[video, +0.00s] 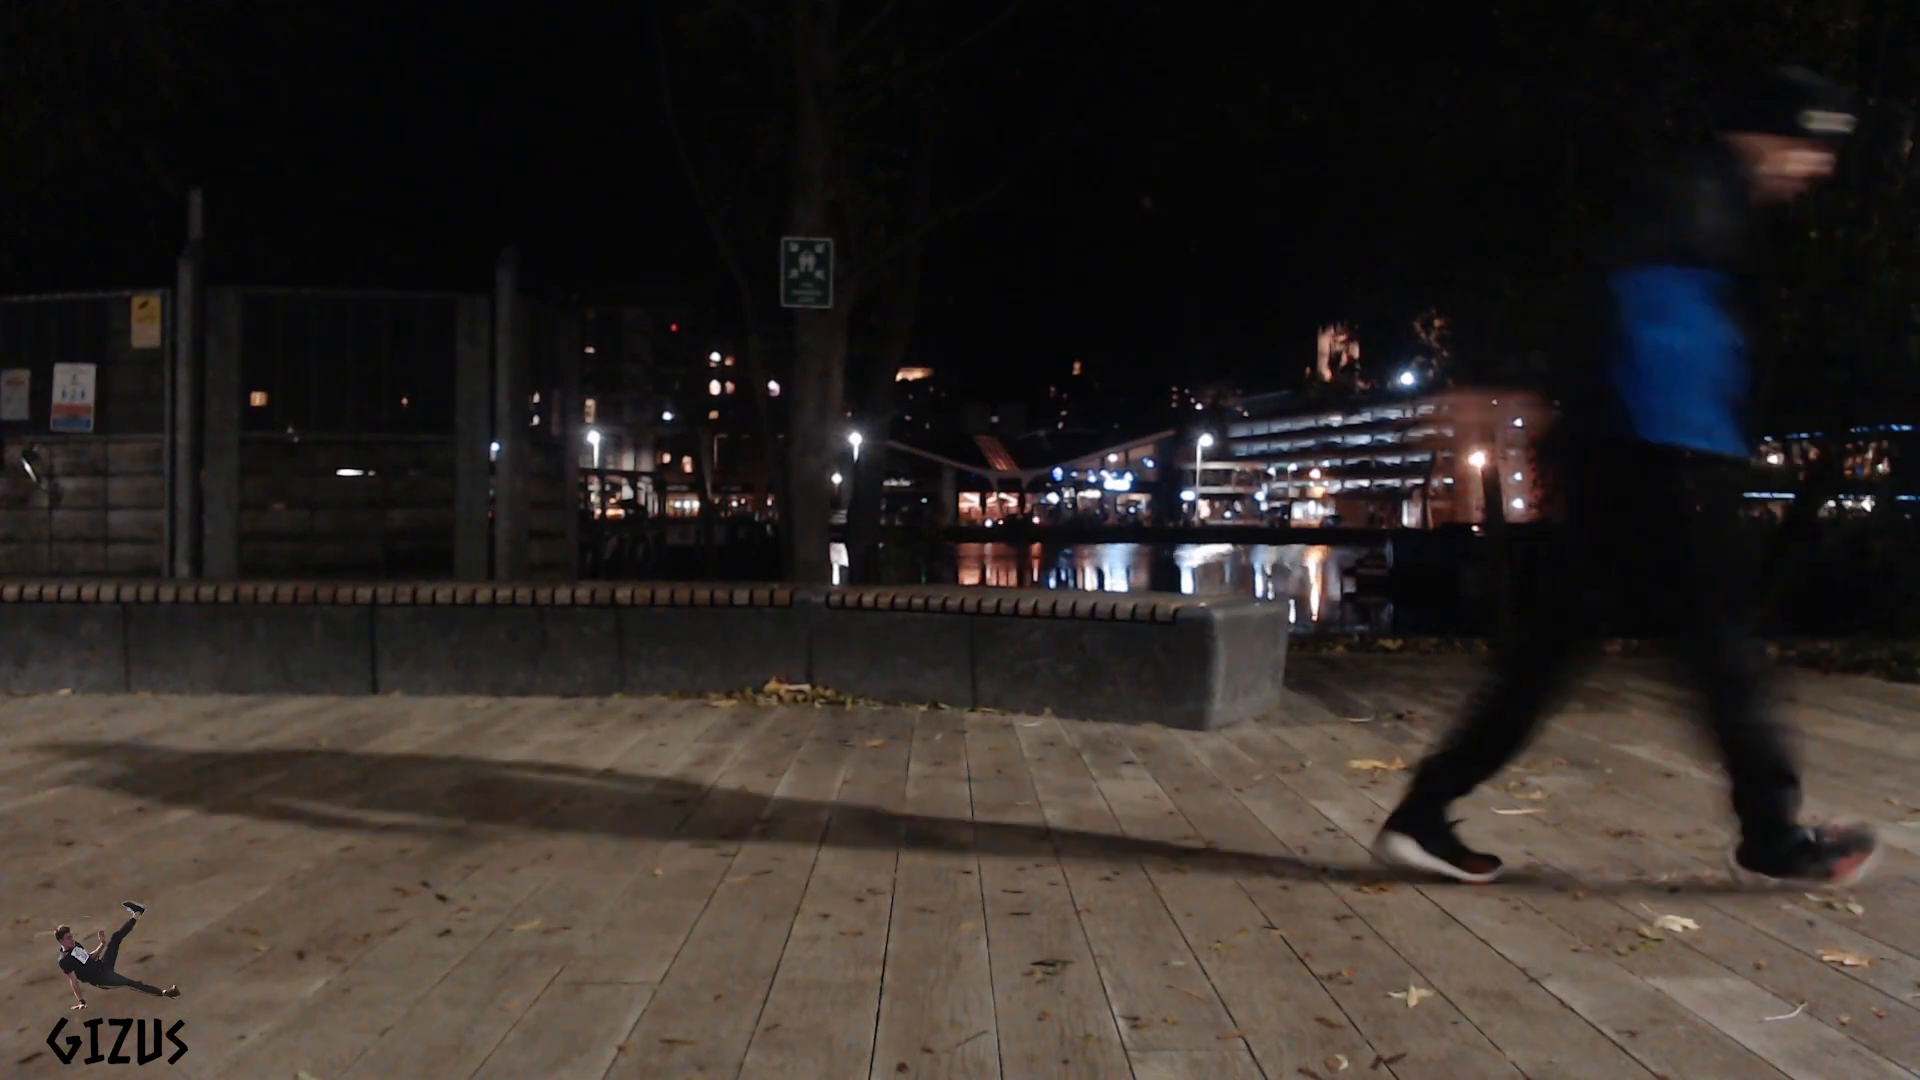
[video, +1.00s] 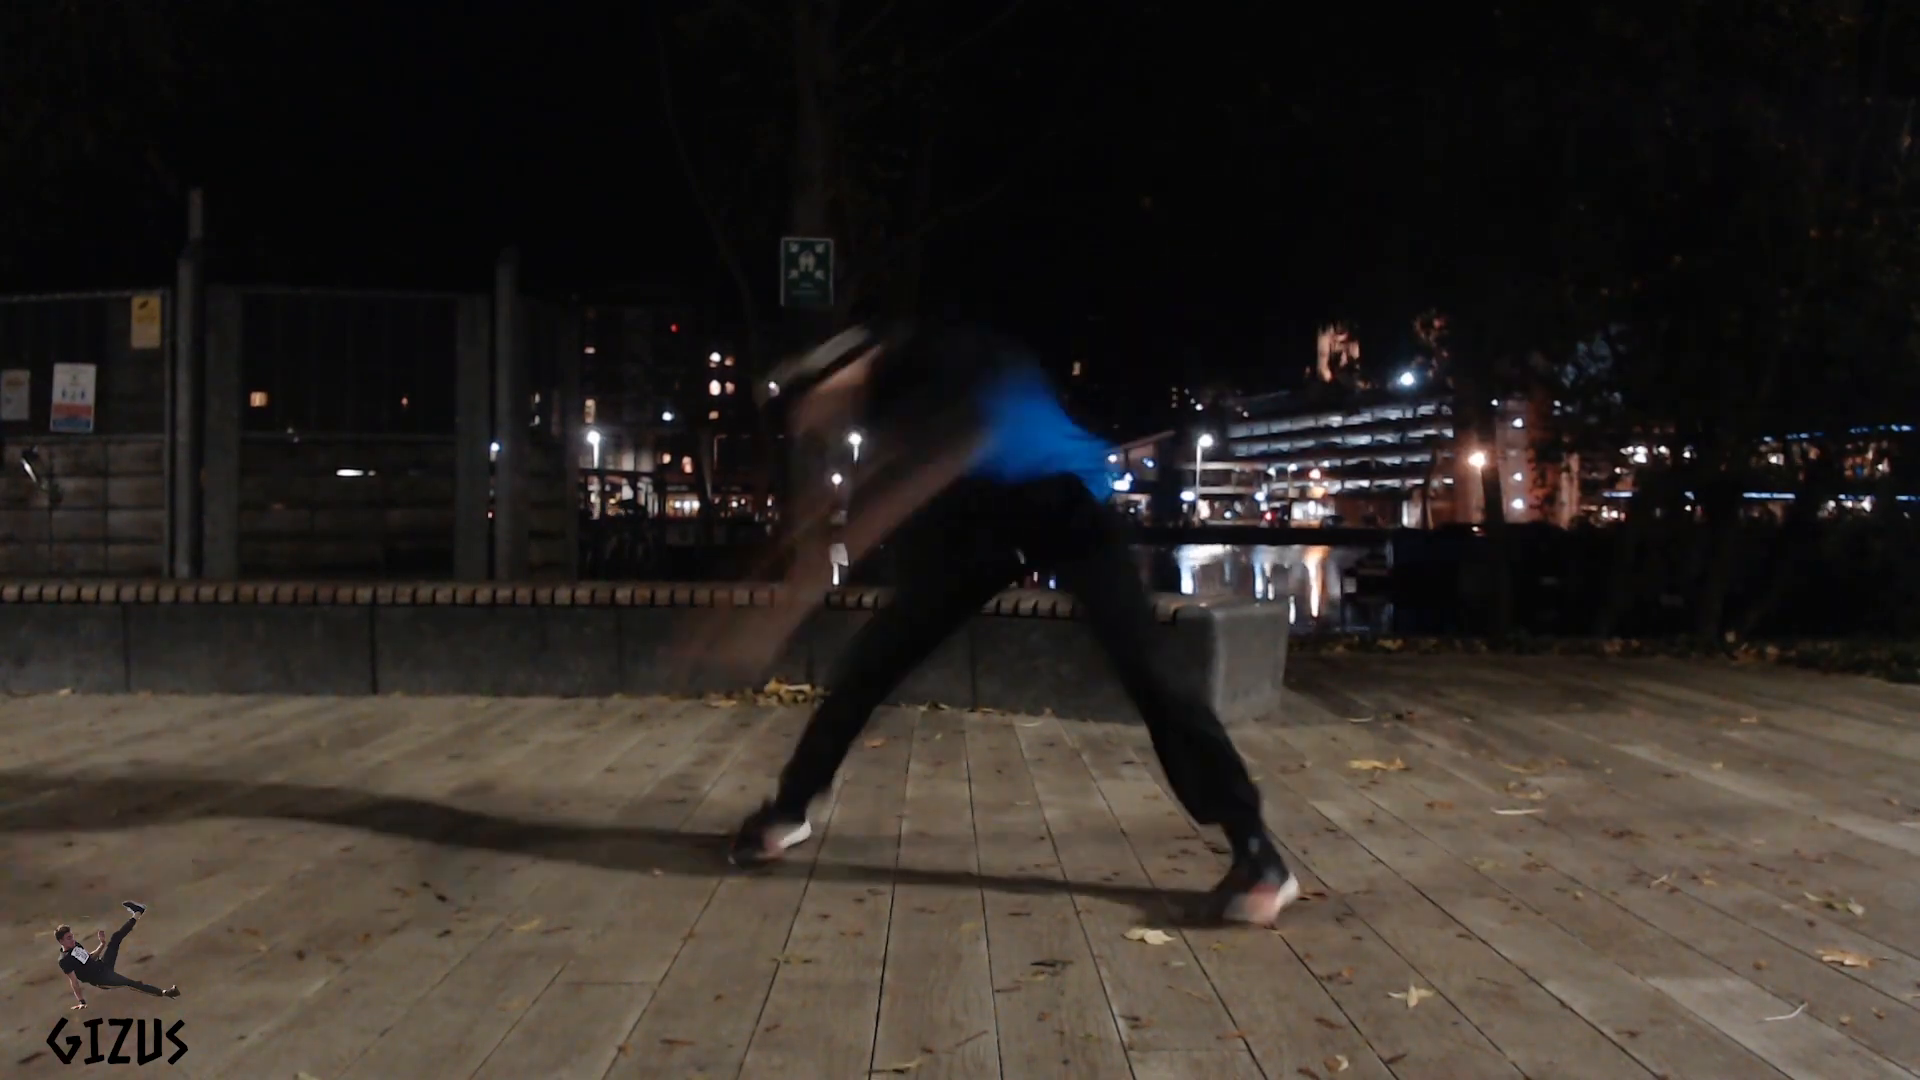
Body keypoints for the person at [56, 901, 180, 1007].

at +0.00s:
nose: (73, 939)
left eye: (72, 936)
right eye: (69, 938)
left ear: (71, 937)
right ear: (61, 941)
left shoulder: (76, 946)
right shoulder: (64, 960)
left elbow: (91, 958)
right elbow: (73, 982)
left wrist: (102, 945)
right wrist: (81, 1001)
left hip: (104, 965)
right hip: (102, 978)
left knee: (115, 939)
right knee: (132, 983)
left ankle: (136, 916)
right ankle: (165, 993)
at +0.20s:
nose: (73, 939)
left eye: (72, 936)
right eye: (69, 938)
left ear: (70, 937)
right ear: (62, 942)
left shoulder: (76, 946)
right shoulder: (64, 960)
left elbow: (91, 957)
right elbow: (73, 982)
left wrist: (102, 944)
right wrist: (81, 1001)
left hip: (104, 965)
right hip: (102, 978)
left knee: (115, 939)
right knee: (132, 983)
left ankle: (136, 916)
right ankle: (165, 993)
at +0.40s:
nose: (72, 939)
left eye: (72, 936)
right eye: (69, 938)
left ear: (71, 936)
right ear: (61, 941)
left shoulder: (76, 946)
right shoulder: (64, 960)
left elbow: (91, 957)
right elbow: (74, 982)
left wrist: (102, 945)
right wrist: (81, 1001)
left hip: (104, 964)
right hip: (102, 978)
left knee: (115, 939)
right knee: (132, 983)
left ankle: (136, 916)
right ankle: (165, 993)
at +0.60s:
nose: (73, 939)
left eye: (72, 936)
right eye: (69, 938)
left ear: (71, 937)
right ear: (61, 942)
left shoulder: (76, 946)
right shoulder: (64, 960)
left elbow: (91, 957)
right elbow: (74, 982)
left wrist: (102, 944)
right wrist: (81, 1001)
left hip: (104, 964)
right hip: (102, 977)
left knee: (115, 938)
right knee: (132, 983)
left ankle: (136, 916)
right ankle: (165, 993)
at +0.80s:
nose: (73, 939)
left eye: (72, 936)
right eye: (69, 938)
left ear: (71, 936)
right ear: (61, 942)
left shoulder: (76, 946)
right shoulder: (64, 960)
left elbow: (91, 957)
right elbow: (74, 982)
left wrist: (102, 944)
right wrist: (81, 1001)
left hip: (104, 964)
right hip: (102, 977)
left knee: (115, 939)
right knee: (132, 983)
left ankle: (136, 916)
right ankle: (165, 993)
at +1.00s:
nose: (73, 939)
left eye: (72, 936)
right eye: (69, 938)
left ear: (71, 937)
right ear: (61, 942)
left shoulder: (76, 946)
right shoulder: (64, 960)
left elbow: (91, 957)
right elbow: (74, 982)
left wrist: (102, 944)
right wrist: (81, 1001)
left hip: (104, 964)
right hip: (102, 977)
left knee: (115, 939)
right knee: (132, 983)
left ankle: (136, 916)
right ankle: (164, 993)